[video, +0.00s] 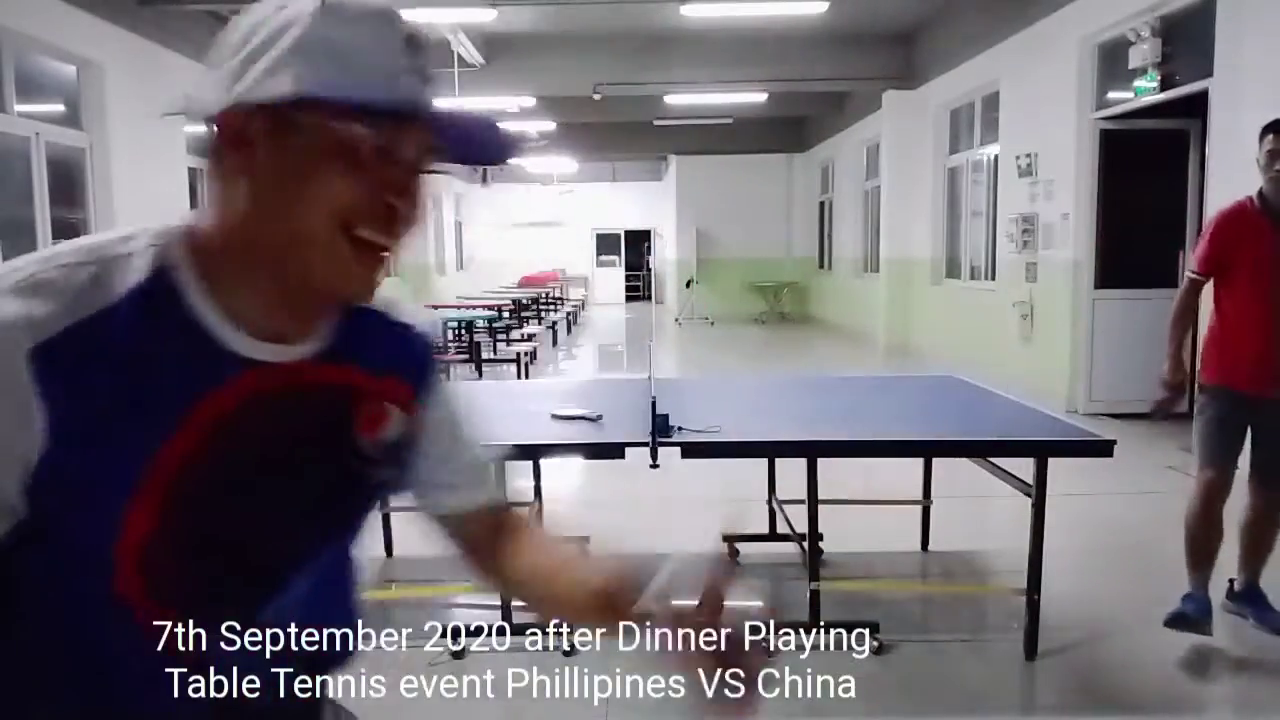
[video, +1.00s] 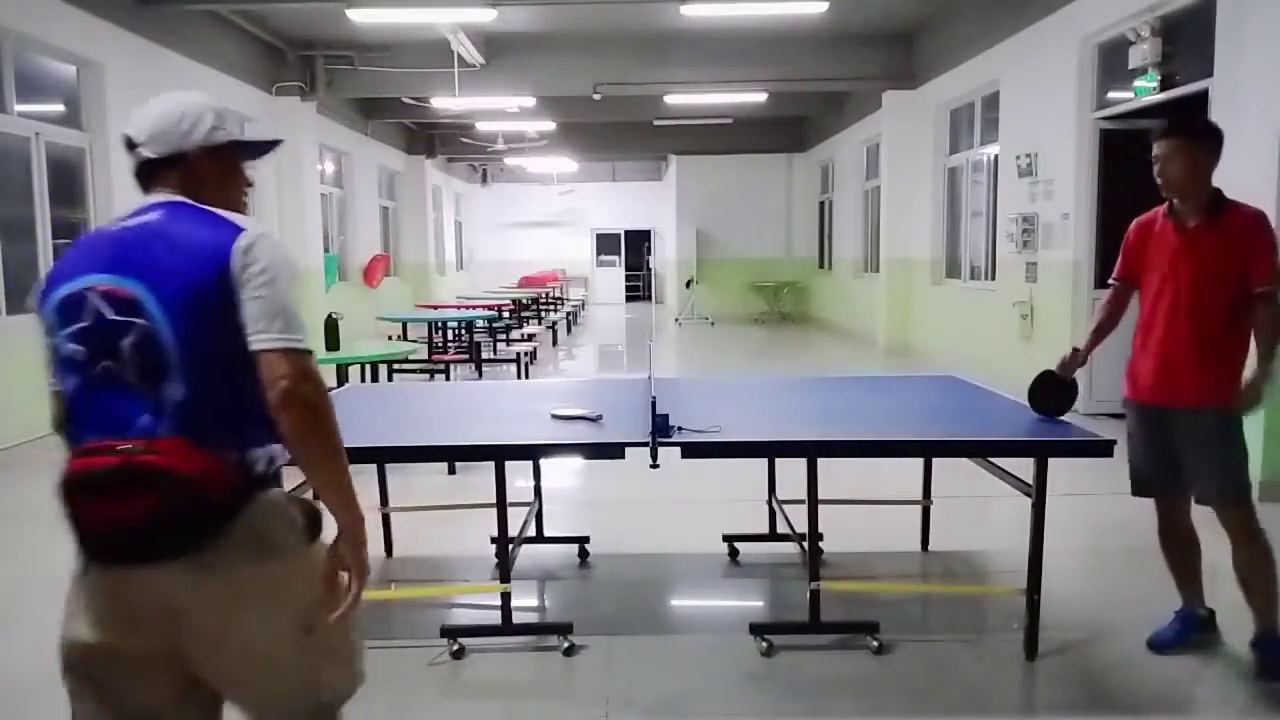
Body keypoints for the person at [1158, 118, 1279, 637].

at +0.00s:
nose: (1277, 160)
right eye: (1271, 153)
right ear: (1259, 160)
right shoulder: (1233, 221)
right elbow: (1189, 291)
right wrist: (1175, 362)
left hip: (1276, 387)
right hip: (1226, 380)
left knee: (1269, 497)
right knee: (1211, 484)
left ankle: (1245, 588)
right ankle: (1197, 595)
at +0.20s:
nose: (1264, 169)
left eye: (1272, 160)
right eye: (1257, 159)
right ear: (1245, 164)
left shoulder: (1279, 226)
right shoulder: (1217, 226)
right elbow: (1180, 294)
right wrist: (1163, 360)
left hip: (1271, 393)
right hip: (1214, 388)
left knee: (1262, 496)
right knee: (1203, 496)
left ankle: (1247, 588)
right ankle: (1197, 608)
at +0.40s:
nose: (1235, 171)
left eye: (1248, 161)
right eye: (1229, 160)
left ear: (1272, 169)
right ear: (1219, 166)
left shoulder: (1277, 227)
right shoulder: (1195, 229)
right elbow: (1160, 298)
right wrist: (1149, 365)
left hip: (1260, 398)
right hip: (1193, 394)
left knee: (1255, 506)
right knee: (1185, 507)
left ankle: (1247, 586)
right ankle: (1195, 611)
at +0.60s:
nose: (1204, 171)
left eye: (1216, 161)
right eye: (1198, 161)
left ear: (1247, 164)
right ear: (1192, 164)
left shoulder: (1270, 231)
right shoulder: (1169, 227)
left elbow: (1276, 307)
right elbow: (1135, 288)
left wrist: (1276, 368)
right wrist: (1124, 337)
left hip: (1238, 396)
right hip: (1169, 394)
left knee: (1258, 514)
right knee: (1178, 509)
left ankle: (1244, 574)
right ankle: (1195, 613)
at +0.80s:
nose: (1186, 174)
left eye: (1199, 164)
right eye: (1181, 163)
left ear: (1231, 167)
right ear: (1176, 167)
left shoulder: (1264, 233)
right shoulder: (1157, 231)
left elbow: (1277, 307)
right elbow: (1121, 290)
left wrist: (1249, 332)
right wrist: (1097, 338)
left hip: (1224, 401)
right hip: (1158, 396)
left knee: (1247, 520)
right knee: (1169, 510)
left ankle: (1252, 604)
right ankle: (1194, 613)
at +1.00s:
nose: (1158, 167)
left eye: (1168, 157)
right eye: (1155, 159)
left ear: (1205, 157)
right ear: (1158, 165)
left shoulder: (1248, 226)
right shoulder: (1144, 229)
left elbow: (1265, 306)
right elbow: (1116, 300)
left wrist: (1259, 375)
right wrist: (1083, 349)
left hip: (1213, 398)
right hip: (1149, 396)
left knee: (1237, 517)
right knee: (1170, 511)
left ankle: (1268, 632)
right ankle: (1195, 614)